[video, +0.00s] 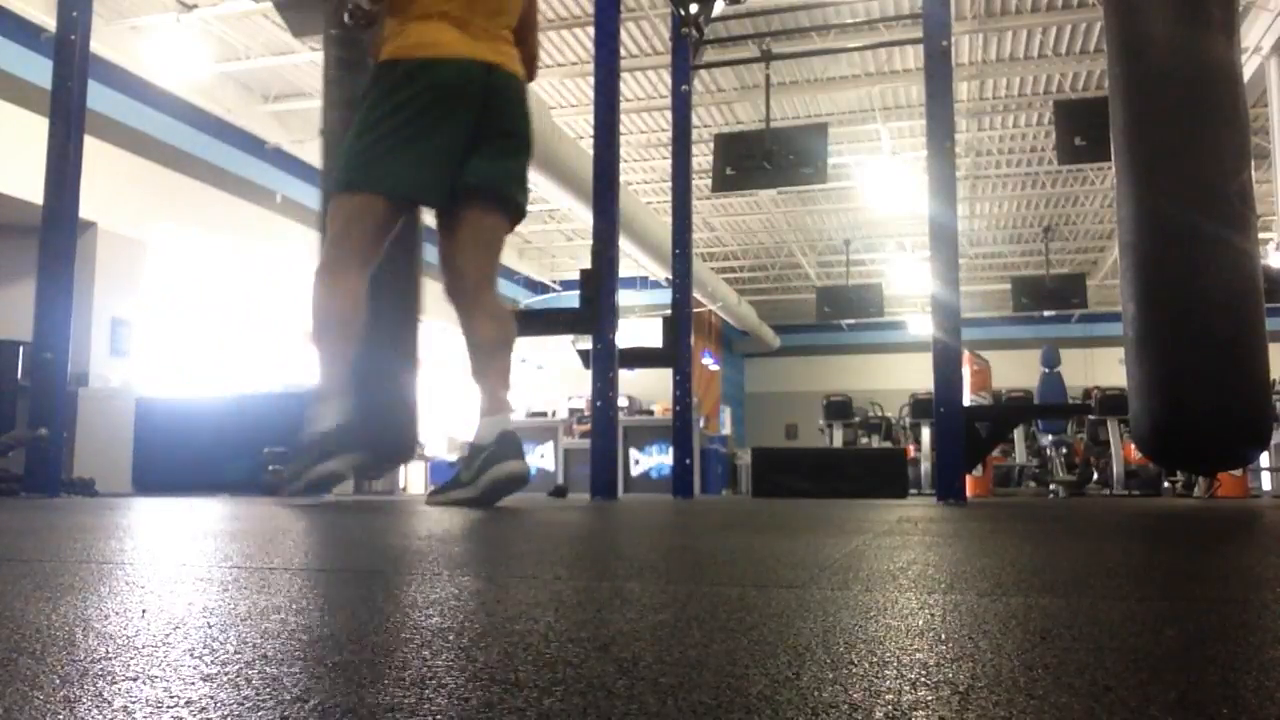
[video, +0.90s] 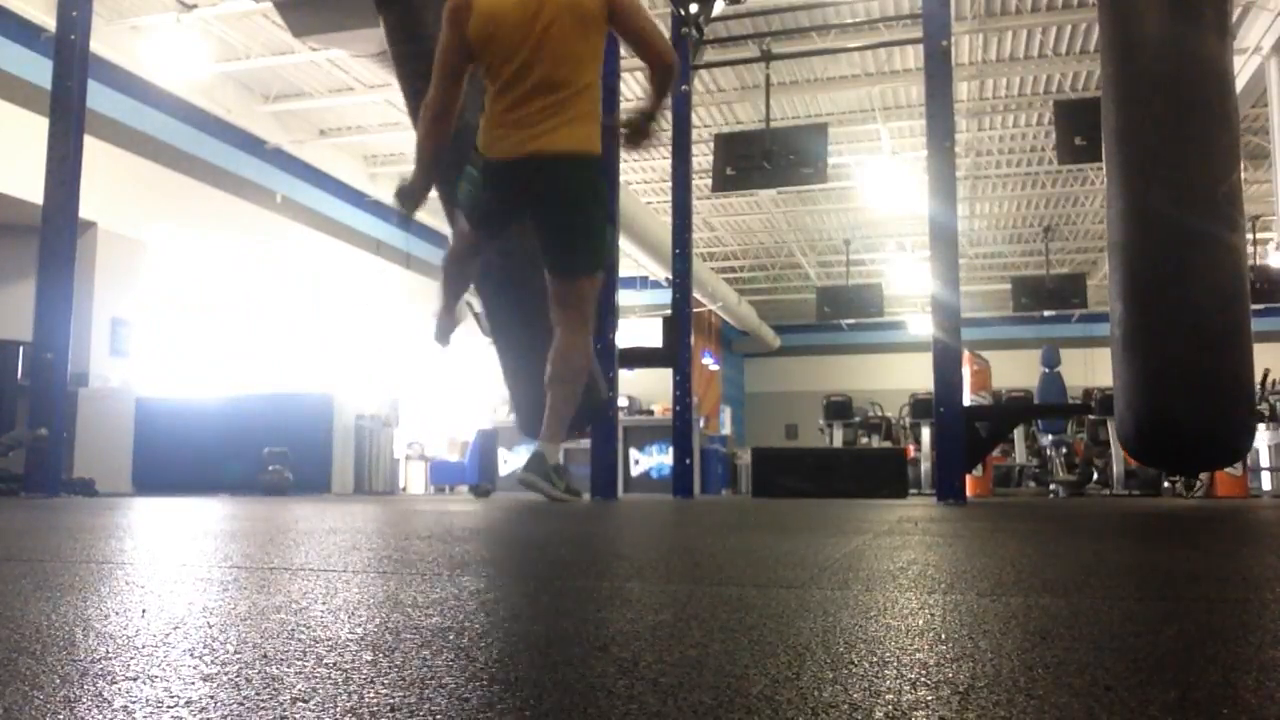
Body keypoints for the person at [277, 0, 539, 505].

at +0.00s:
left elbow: (362, 13)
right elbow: (527, 60)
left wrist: (364, 14)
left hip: (415, 73)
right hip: (503, 89)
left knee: (345, 258)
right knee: (475, 277)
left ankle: (330, 424)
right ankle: (496, 435)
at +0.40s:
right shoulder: (513, 2)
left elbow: (309, 33)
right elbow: (573, 61)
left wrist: (344, 78)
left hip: (410, 126)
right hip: (495, 132)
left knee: (351, 286)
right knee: (518, 297)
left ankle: (323, 453)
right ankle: (528, 457)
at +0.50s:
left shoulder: (402, 7)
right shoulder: (536, 5)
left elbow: (388, 50)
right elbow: (627, 30)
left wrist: (409, 120)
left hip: (423, 156)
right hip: (504, 164)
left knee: (359, 288)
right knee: (530, 320)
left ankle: (319, 443)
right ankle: (530, 470)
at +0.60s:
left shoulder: (445, 6)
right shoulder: (557, 4)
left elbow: (412, 54)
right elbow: (649, 3)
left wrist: (428, 144)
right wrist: (711, 45)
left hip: (447, 173)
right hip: (527, 177)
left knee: (383, 295)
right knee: (547, 322)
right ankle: (537, 462)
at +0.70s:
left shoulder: (464, 14)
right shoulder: (562, 5)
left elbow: (415, 100)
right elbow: (660, 6)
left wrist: (405, 130)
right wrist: (719, 56)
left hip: (487, 174)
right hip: (552, 179)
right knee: (576, 329)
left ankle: (357, 293)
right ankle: (540, 464)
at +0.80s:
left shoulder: (456, 25)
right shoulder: (567, 6)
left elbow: (431, 125)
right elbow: (668, 41)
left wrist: (399, 203)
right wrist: (698, 88)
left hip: (499, 181)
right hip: (567, 186)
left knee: (505, 225)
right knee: (591, 330)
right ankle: (546, 459)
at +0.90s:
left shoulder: (468, 6)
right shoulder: (600, 2)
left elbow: (441, 102)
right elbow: (664, 60)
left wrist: (419, 180)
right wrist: (649, 113)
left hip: (501, 162)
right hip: (575, 163)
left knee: (466, 244)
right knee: (573, 321)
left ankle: (447, 315)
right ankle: (548, 455)